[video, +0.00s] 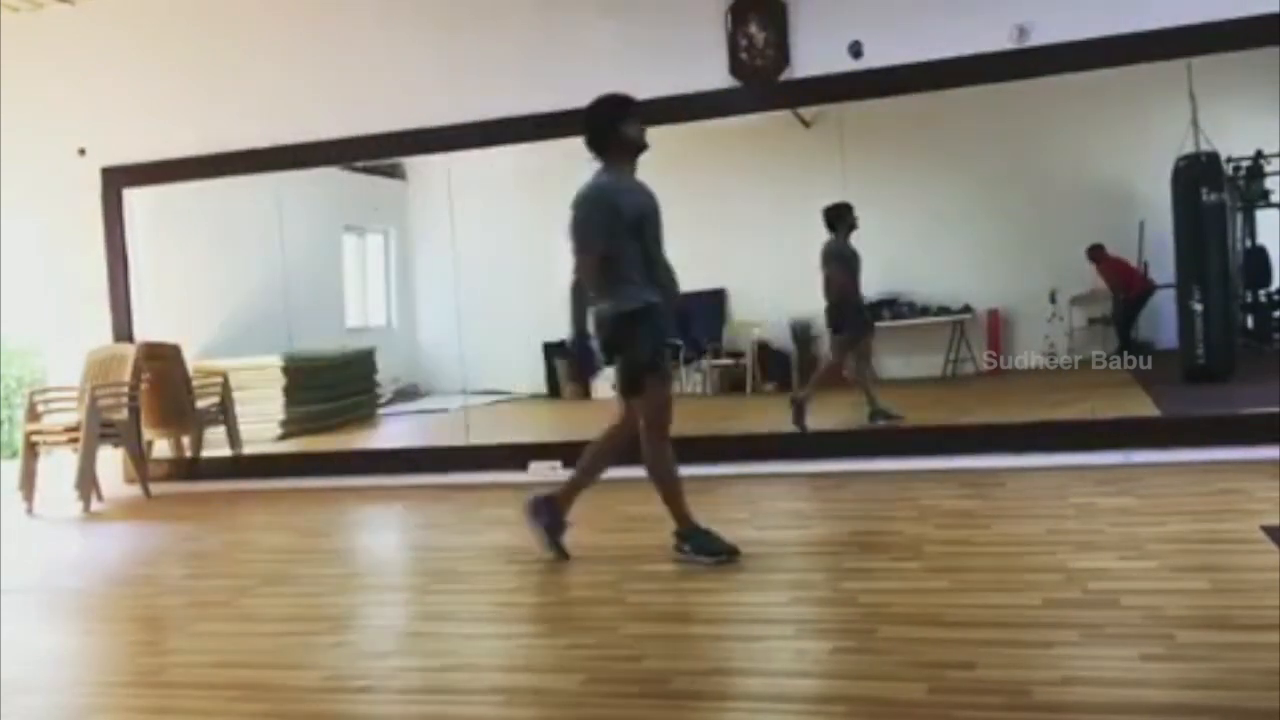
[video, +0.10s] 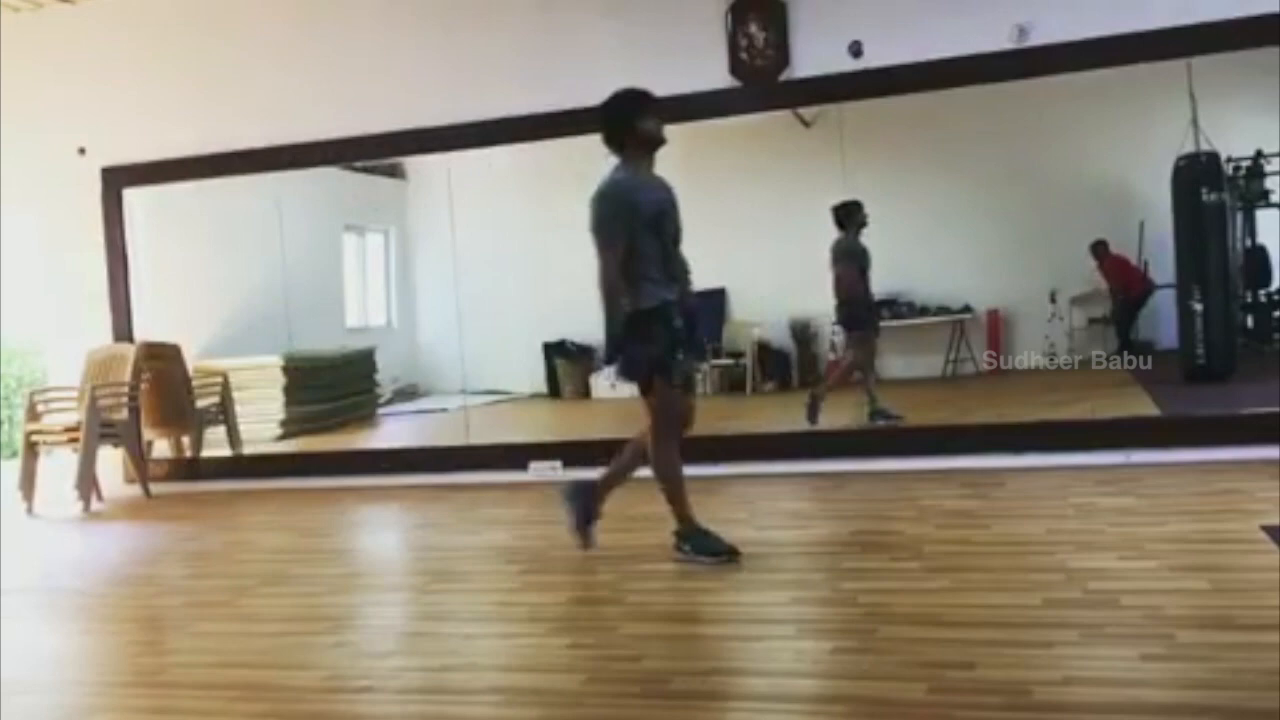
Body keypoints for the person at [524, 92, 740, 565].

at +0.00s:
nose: (643, 130)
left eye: (640, 122)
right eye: (634, 124)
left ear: (620, 135)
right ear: (615, 136)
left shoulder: (640, 194)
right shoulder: (594, 198)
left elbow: (657, 262)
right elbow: (583, 274)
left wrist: (680, 320)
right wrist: (579, 342)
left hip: (650, 312)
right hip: (625, 317)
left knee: (632, 424)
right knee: (654, 424)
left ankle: (557, 504)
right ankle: (687, 528)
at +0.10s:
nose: (661, 124)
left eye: (657, 116)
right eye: (651, 118)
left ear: (638, 130)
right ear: (632, 131)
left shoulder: (657, 188)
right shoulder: (613, 194)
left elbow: (671, 258)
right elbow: (611, 269)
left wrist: (689, 313)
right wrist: (614, 336)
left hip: (672, 312)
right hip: (642, 316)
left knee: (678, 416)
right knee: (666, 418)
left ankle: (593, 492)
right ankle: (687, 527)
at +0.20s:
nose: (699, 120)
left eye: (696, 111)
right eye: (688, 113)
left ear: (675, 124)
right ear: (666, 125)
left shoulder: (692, 182)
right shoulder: (650, 187)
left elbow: (696, 253)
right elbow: (652, 262)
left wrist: (707, 302)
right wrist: (671, 304)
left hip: (705, 305)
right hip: (671, 312)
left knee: (749, 402)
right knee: (683, 413)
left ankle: (688, 493)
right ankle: (687, 522)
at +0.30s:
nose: (718, 119)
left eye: (716, 111)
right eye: (708, 112)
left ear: (698, 122)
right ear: (683, 123)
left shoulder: (710, 180)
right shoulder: (669, 181)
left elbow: (712, 251)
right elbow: (678, 256)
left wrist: (722, 299)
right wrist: (715, 300)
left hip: (720, 306)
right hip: (685, 311)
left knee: (773, 398)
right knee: (691, 411)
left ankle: (747, 509)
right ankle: (690, 526)